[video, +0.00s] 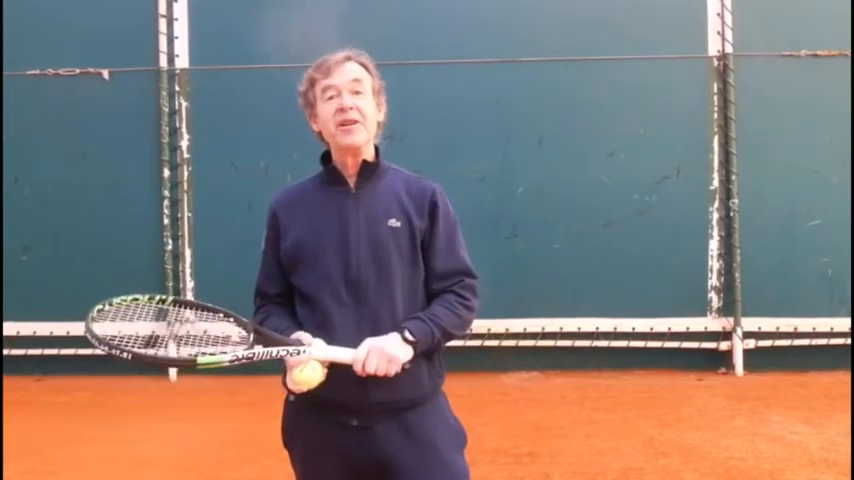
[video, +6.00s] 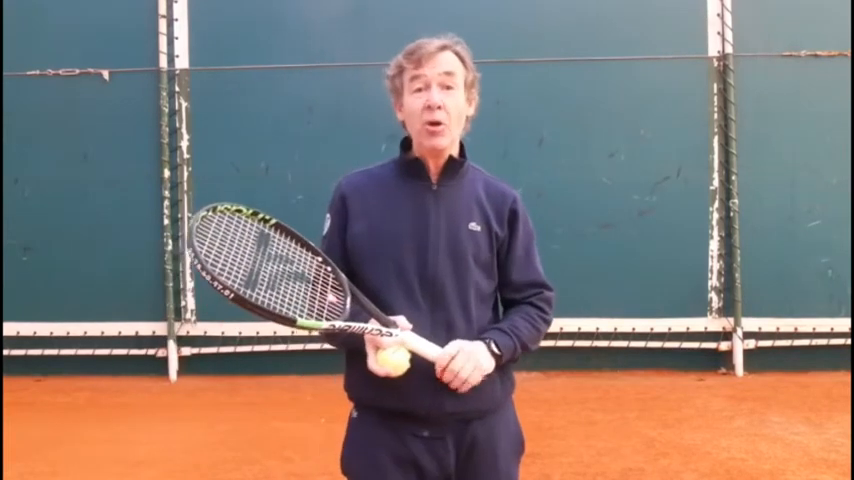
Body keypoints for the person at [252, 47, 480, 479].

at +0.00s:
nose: (345, 102)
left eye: (357, 91)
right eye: (330, 95)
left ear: (380, 109)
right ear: (315, 120)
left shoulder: (423, 199)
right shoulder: (287, 209)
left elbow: (460, 295)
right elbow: (269, 306)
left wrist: (404, 339)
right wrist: (295, 344)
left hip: (415, 422)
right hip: (321, 427)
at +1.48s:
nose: (402, 91)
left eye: (416, 80)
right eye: (387, 81)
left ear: (438, 102)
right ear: (369, 104)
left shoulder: (470, 200)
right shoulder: (327, 196)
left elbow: (496, 300)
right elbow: (302, 296)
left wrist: (454, 347)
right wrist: (331, 340)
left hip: (456, 428)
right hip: (359, 427)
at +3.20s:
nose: (378, 84)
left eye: (391, 73)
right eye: (364, 77)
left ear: (414, 94)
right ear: (345, 104)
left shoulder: (456, 190)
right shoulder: (314, 193)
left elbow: (498, 290)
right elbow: (295, 290)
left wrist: (445, 291)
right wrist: (315, 339)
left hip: (437, 423)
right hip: (340, 422)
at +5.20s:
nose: (384, 102)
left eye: (396, 88)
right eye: (368, 91)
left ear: (416, 102)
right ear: (348, 109)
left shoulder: (451, 196)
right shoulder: (308, 199)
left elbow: (488, 286)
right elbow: (285, 307)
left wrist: (450, 329)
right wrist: (333, 322)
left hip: (444, 423)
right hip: (347, 426)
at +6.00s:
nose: (433, 100)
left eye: (447, 86)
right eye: (419, 88)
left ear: (469, 104)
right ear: (400, 107)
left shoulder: (500, 202)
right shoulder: (355, 196)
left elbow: (534, 303)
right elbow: (327, 303)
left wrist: (489, 348)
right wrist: (367, 336)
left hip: (485, 433)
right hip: (385, 432)